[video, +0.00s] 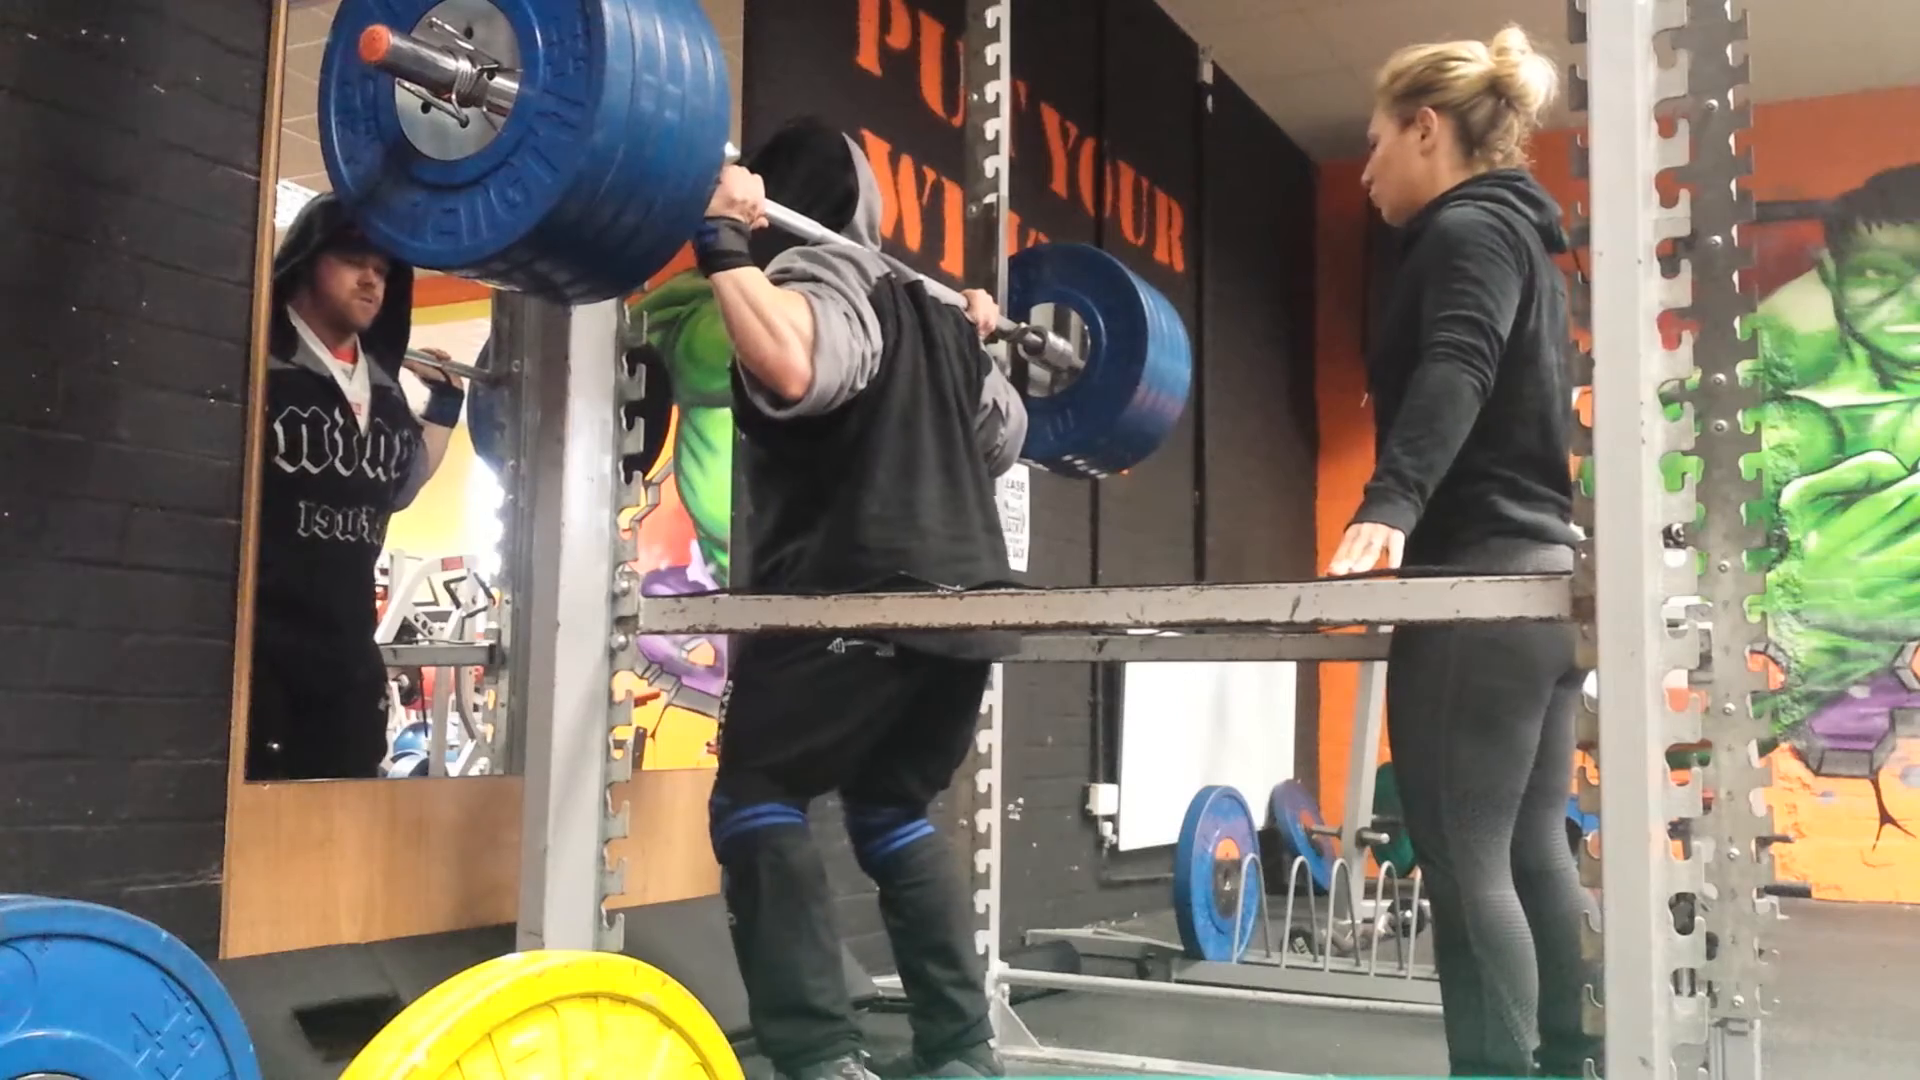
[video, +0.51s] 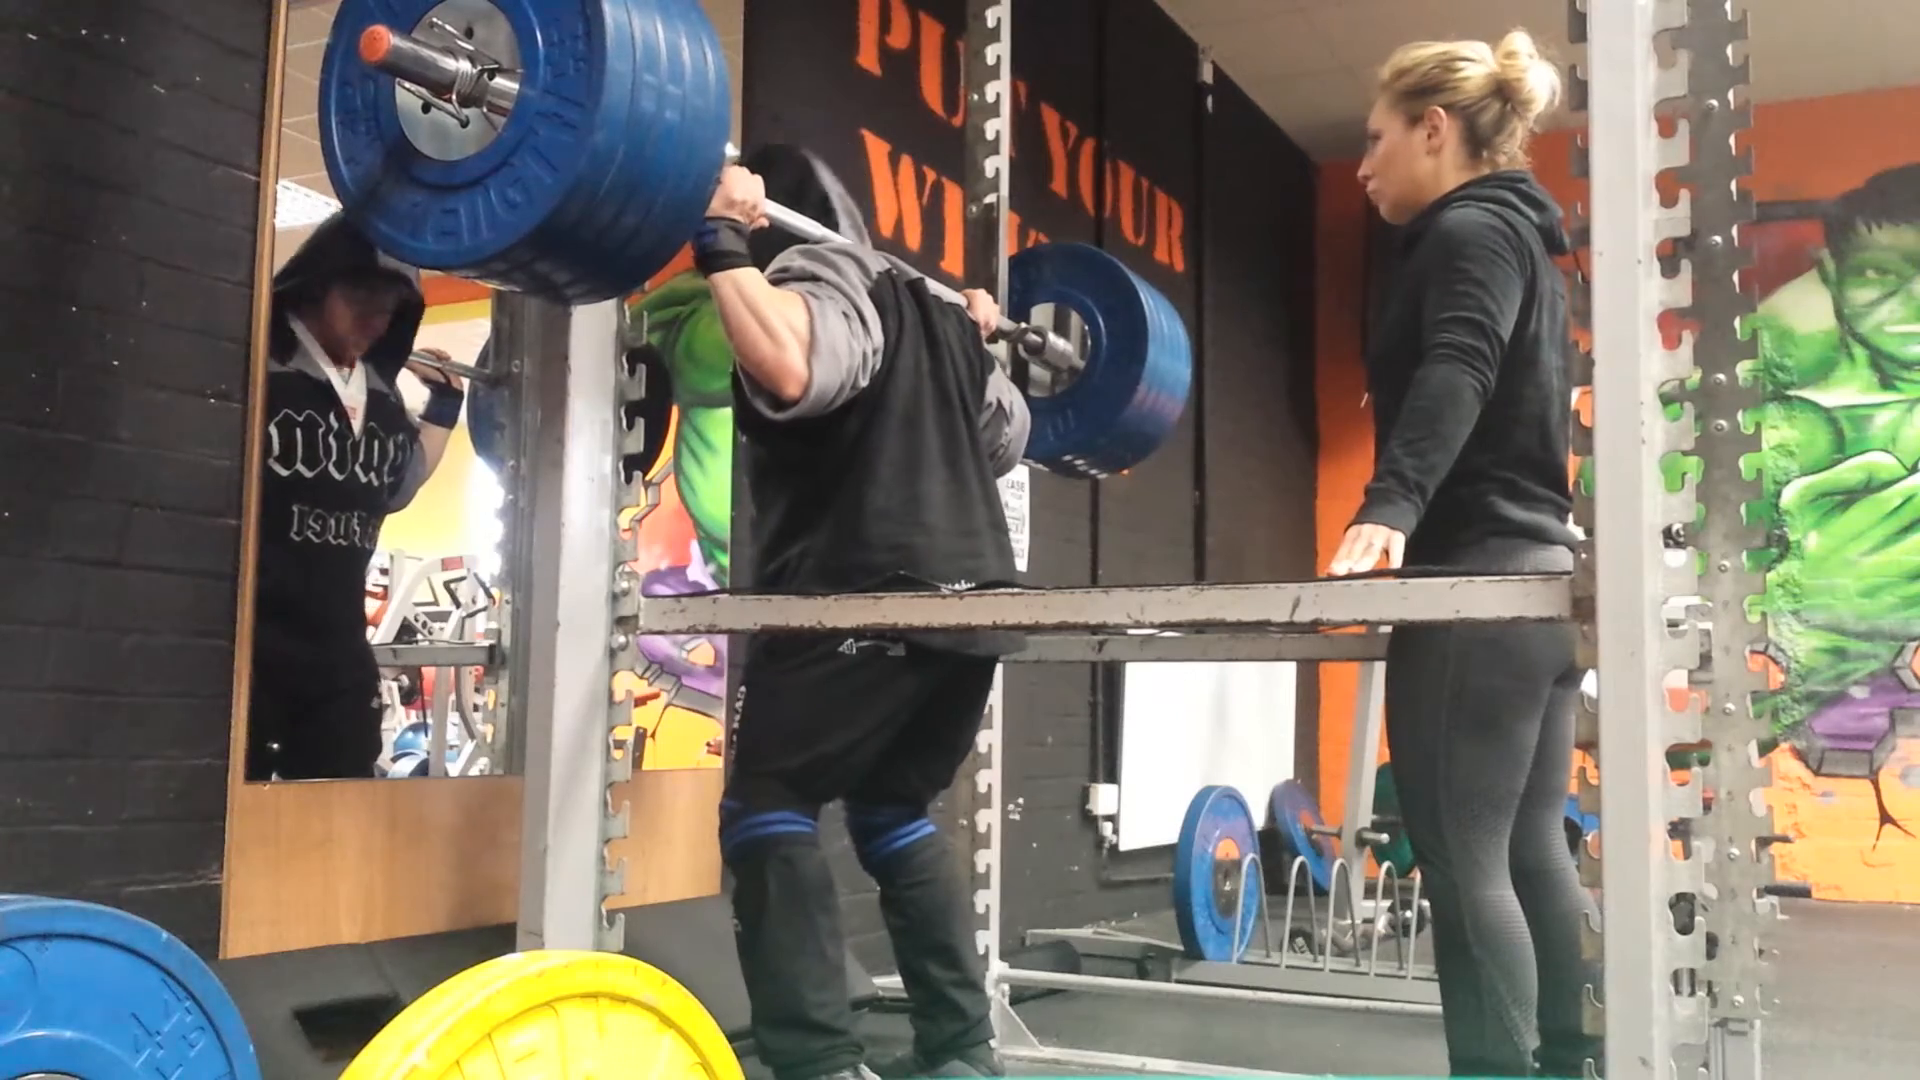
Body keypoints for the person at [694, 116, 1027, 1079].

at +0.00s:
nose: (745, 227)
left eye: (753, 207)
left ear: (775, 208)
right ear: (864, 205)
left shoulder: (811, 276)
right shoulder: (934, 303)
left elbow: (794, 367)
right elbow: (1002, 434)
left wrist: (722, 239)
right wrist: (987, 338)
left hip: (836, 600)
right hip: (967, 601)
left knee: (756, 797)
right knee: (892, 804)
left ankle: (809, 1047)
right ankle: (958, 1049)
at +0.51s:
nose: (734, 247)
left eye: (743, 224)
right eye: (730, 224)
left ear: (778, 220)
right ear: (846, 213)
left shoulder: (822, 271)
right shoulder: (933, 301)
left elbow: (793, 367)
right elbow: (1008, 435)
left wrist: (721, 238)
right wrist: (981, 341)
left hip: (850, 599)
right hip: (972, 605)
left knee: (767, 802)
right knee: (895, 808)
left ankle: (806, 1049)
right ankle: (958, 1049)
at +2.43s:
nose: (764, 216)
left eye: (773, 194)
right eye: (763, 194)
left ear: (802, 187)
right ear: (871, 182)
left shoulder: (842, 241)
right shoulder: (952, 274)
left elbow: (840, 335)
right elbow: (1026, 408)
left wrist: (763, 212)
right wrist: (1009, 320)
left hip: (871, 568)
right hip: (986, 567)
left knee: (833, 797)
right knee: (940, 799)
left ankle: (817, 1050)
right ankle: (964, 1046)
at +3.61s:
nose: (862, 230)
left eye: (870, 208)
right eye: (861, 215)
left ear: (909, 173)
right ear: (977, 163)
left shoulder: (964, 226)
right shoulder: (1058, 257)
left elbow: (993, 311)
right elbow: (1135, 390)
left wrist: (892, 195)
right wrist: (1132, 324)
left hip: (989, 569)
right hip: (1092, 565)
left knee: (946, 807)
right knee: (1012, 791)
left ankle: (960, 1060)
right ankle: (1074, 1027)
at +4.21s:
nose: (976, 228)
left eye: (980, 205)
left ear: (1010, 186)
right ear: (1090, 165)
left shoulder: (1088, 229)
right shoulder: (1165, 244)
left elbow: (1141, 316)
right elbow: (1255, 368)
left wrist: (1050, 224)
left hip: (1113, 560)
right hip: (1219, 559)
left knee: (1020, 777)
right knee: (1156, 801)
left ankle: (1075, 1055)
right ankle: (1179, 1061)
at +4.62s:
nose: (1015, 241)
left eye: (1019, 219)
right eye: (1005, 227)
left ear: (1061, 193)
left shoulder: (1181, 221)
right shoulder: (1101, 271)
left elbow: (1217, 306)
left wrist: (1110, 186)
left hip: (1219, 572)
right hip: (1164, 575)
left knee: (1163, 826)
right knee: (1167, 826)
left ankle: (1220, 1068)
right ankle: (1187, 1061)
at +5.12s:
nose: (1081, 247)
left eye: (1078, 222)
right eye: (1066, 234)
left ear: (1116, 181)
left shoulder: (1240, 208)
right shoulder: (1169, 258)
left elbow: (1282, 295)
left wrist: (1173, 161)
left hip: (1265, 578)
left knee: (1214, 819)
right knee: (1303, 823)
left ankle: (1237, 1065)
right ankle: (1347, 1064)